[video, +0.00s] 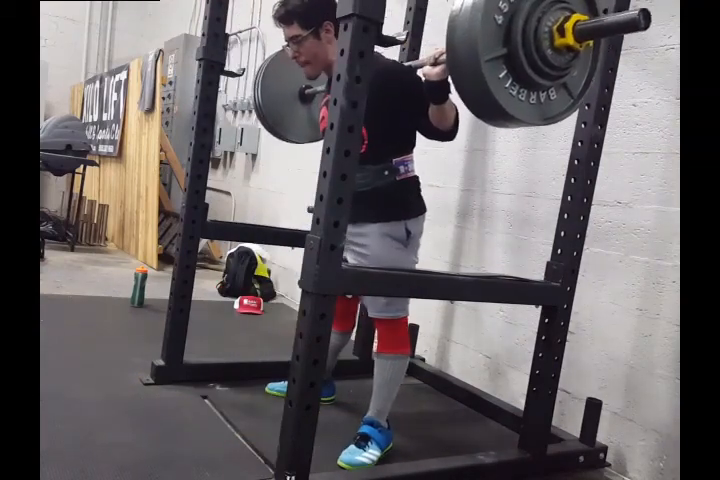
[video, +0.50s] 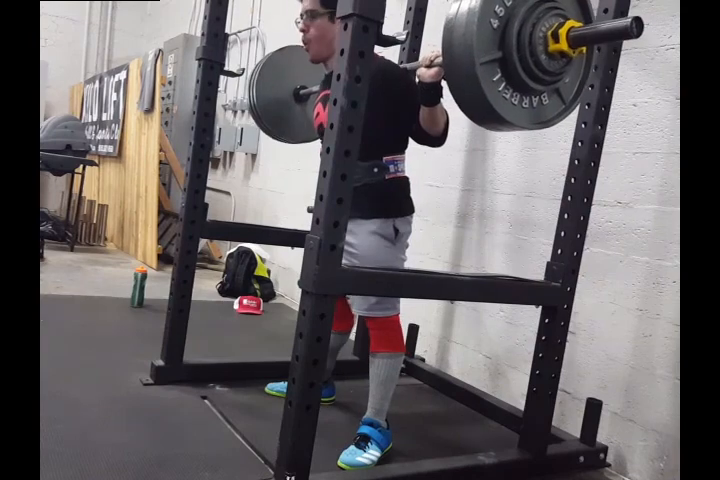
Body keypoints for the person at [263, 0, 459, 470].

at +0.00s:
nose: (293, 53)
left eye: (298, 42)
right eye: (288, 44)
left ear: (330, 31)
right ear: (321, 36)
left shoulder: (390, 78)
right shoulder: (330, 83)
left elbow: (445, 129)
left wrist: (437, 85)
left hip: (389, 217)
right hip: (341, 213)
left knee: (388, 314)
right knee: (335, 301)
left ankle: (377, 424)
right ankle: (318, 379)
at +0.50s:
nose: (300, 30)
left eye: (308, 20)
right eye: (301, 21)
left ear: (340, 22)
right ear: (328, 25)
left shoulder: (388, 76)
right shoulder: (329, 80)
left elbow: (434, 135)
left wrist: (429, 86)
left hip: (379, 213)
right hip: (333, 210)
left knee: (378, 310)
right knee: (329, 299)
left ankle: (375, 423)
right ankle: (318, 379)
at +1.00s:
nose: (300, 22)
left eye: (309, 13)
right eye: (300, 14)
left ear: (339, 20)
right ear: (322, 24)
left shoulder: (387, 74)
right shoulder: (327, 82)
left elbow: (436, 132)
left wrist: (429, 85)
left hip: (381, 212)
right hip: (334, 211)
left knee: (382, 311)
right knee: (330, 300)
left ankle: (375, 423)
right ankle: (318, 379)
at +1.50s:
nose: (302, 36)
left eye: (309, 25)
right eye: (299, 27)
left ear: (342, 23)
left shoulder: (390, 77)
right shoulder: (327, 82)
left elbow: (437, 133)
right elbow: (332, 141)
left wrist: (432, 85)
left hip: (376, 212)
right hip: (330, 209)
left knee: (376, 310)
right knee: (327, 301)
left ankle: (375, 424)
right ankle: (317, 379)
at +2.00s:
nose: (310, 31)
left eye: (317, 20)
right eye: (307, 22)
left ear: (348, 19)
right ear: (320, 25)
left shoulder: (387, 74)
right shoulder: (329, 78)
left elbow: (433, 135)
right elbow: (328, 139)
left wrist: (431, 87)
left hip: (377, 215)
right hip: (331, 212)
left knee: (377, 311)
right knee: (327, 301)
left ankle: (375, 424)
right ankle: (317, 379)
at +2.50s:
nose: (312, 32)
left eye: (319, 21)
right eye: (310, 23)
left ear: (349, 22)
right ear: (331, 27)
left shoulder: (391, 78)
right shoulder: (333, 80)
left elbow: (438, 136)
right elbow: (325, 126)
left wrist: (435, 88)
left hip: (382, 217)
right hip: (335, 213)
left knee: (382, 312)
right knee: (332, 302)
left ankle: (376, 424)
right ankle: (318, 380)